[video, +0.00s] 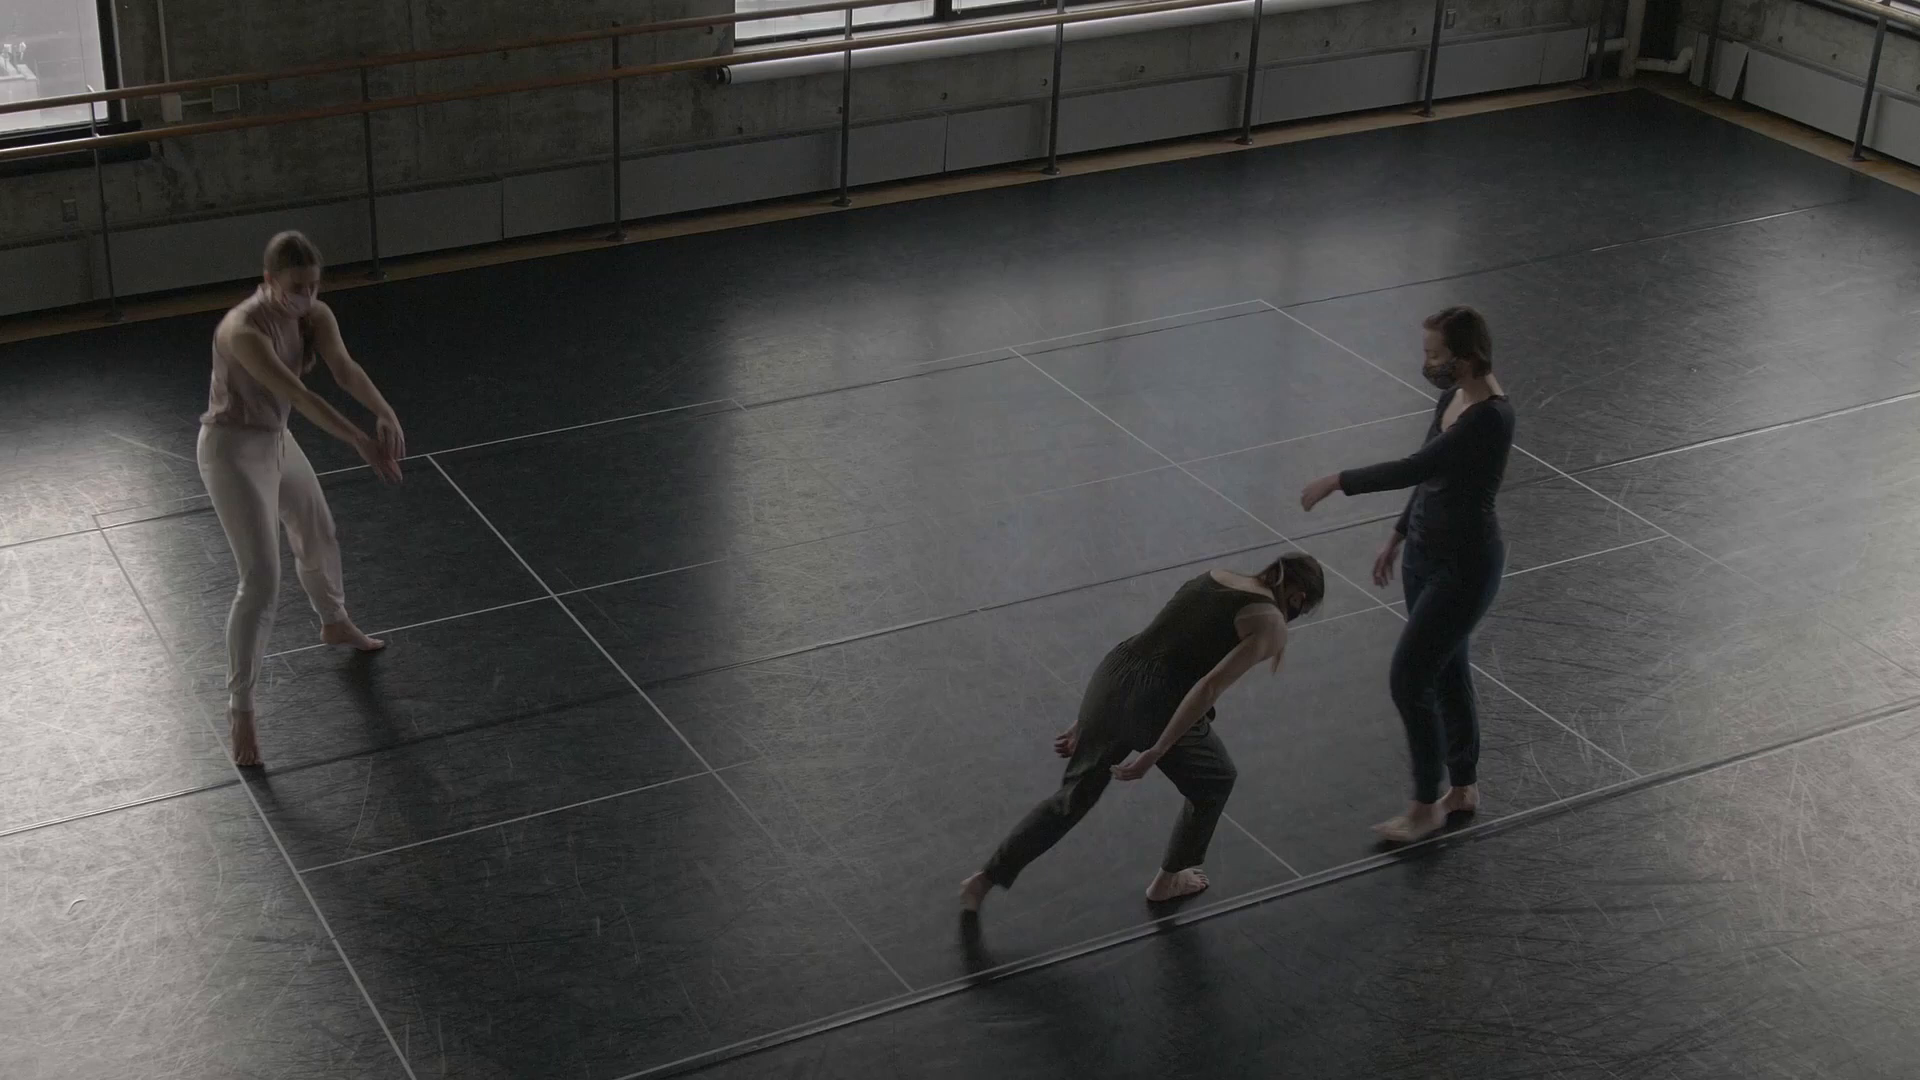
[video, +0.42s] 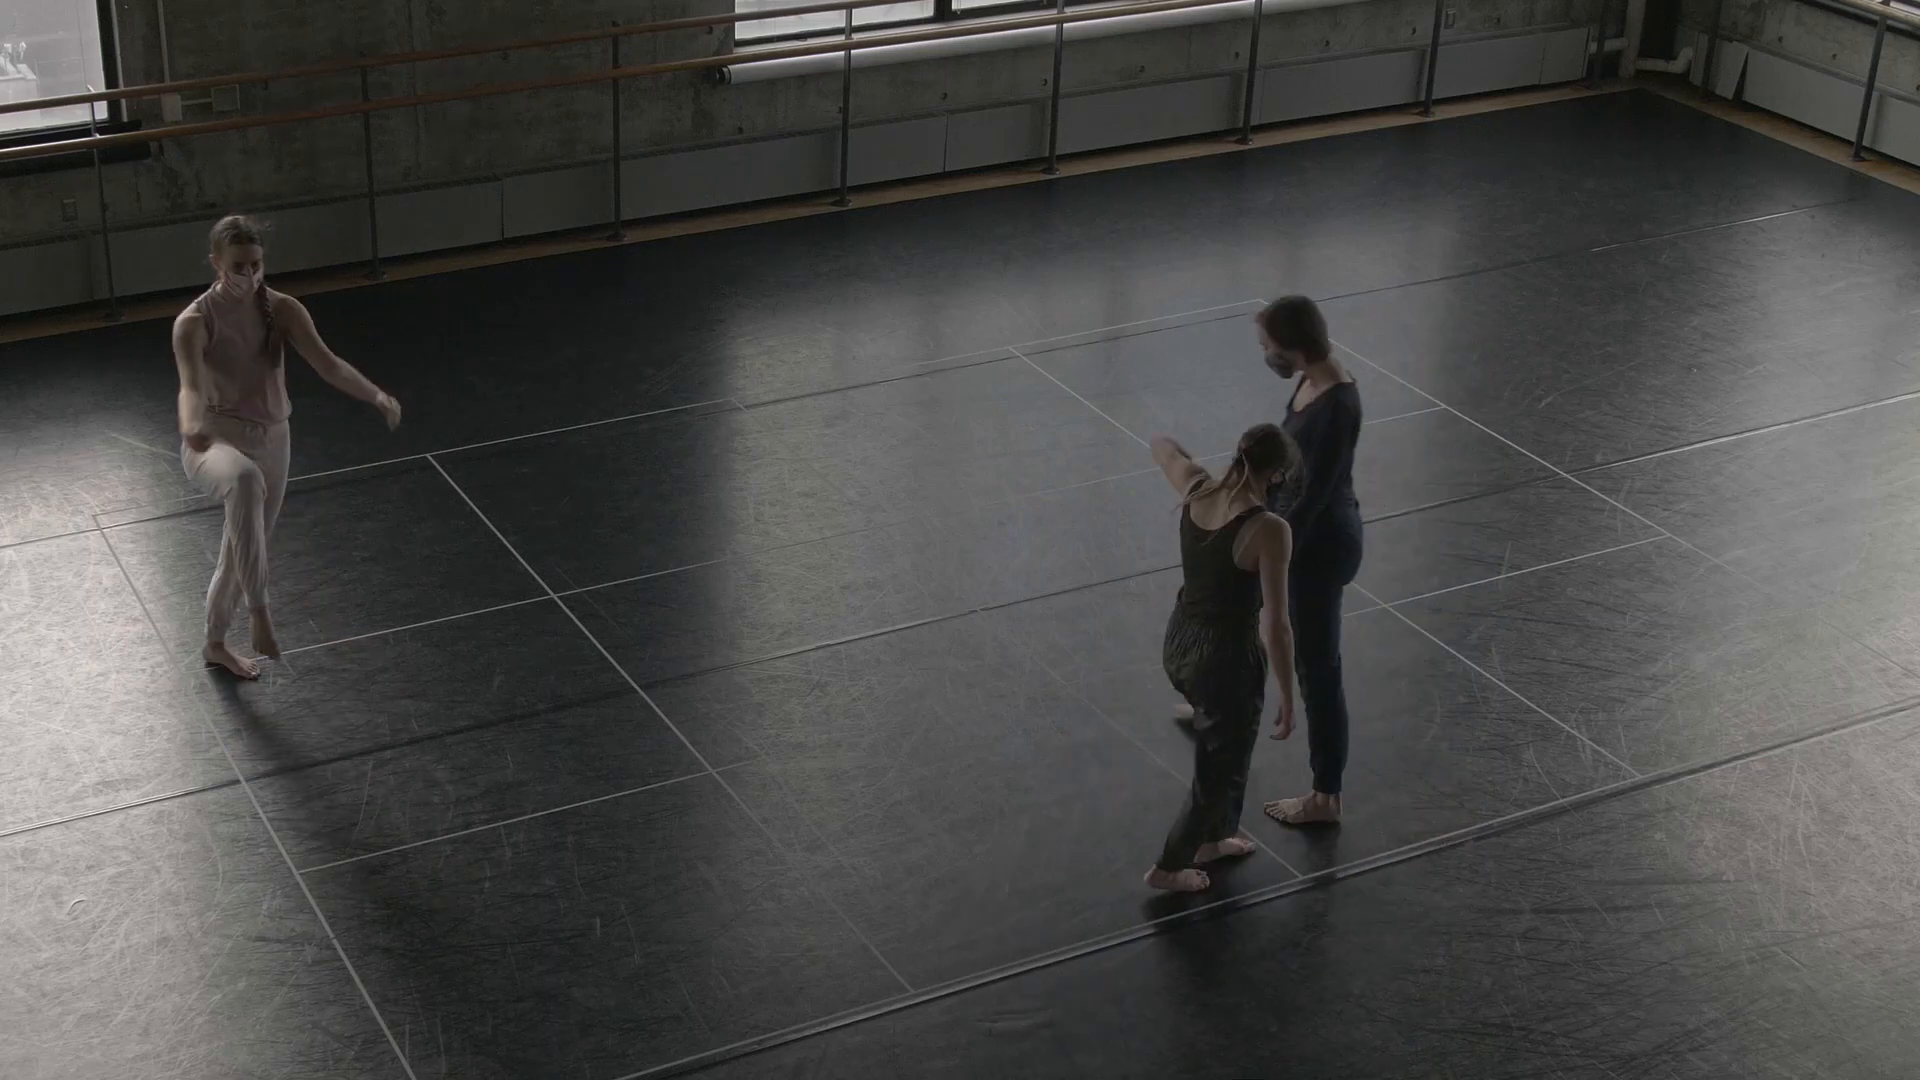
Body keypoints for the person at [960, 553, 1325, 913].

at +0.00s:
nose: (1295, 614)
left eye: (1301, 608)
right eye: (1300, 606)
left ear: (1272, 569)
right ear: (1293, 592)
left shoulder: (1216, 577)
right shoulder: (1269, 624)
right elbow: (1208, 687)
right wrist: (1156, 751)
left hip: (1113, 684)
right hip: (1159, 706)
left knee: (1070, 799)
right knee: (1216, 780)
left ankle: (985, 880)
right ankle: (1171, 878)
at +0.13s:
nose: (1296, 569)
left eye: (1302, 562)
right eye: (1300, 560)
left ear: (1266, 529)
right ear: (1292, 549)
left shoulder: (1213, 544)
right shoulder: (1277, 586)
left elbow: (1173, 613)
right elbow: (1234, 666)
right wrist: (1198, 742)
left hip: (1122, 679)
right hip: (1173, 699)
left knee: (1143, 767)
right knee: (1218, 782)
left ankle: (1080, 854)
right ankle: (1171, 876)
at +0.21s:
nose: (1299, 548)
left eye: (1304, 540)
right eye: (1302, 538)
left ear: (1259, 508)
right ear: (1288, 526)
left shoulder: (1209, 525)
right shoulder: (1276, 566)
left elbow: (1161, 585)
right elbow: (1249, 655)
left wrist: (1171, 636)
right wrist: (1229, 731)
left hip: (1136, 674)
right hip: (1183, 696)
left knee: (1193, 737)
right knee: (1222, 782)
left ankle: (1142, 842)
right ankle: (1171, 876)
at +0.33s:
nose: (1288, 502)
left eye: (1289, 494)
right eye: (1287, 494)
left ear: (1243, 474)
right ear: (1276, 490)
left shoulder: (1197, 501)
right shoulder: (1271, 538)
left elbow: (1163, 487)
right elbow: (1268, 632)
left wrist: (1208, 504)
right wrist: (1268, 706)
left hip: (1165, 658)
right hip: (1208, 675)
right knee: (1217, 786)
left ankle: (1207, 829)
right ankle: (1168, 876)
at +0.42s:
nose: (1284, 481)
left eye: (1285, 474)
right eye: (1284, 474)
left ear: (1238, 459)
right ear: (1275, 475)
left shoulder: (1197, 489)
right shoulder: (1269, 529)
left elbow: (1163, 448)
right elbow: (1276, 623)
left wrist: (1174, 452)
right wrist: (1286, 695)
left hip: (1180, 647)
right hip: (1225, 665)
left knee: (1225, 741)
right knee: (1215, 776)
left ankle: (1215, 837)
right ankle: (1168, 868)